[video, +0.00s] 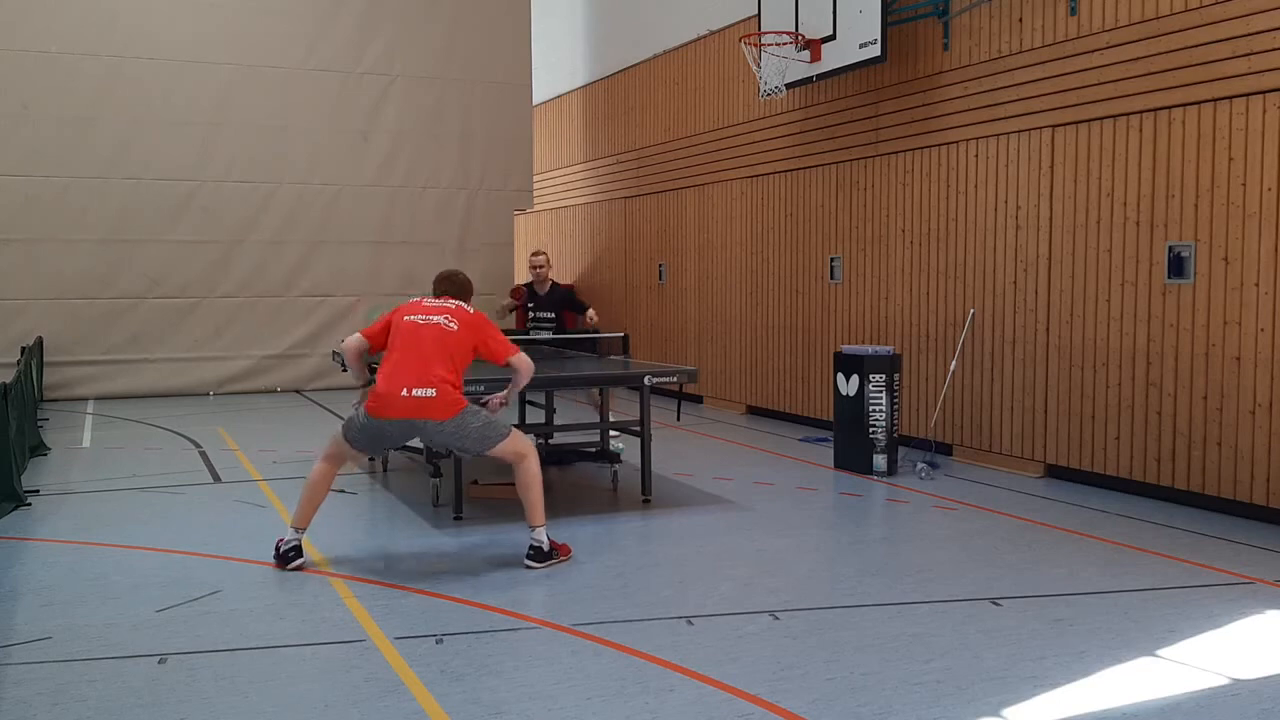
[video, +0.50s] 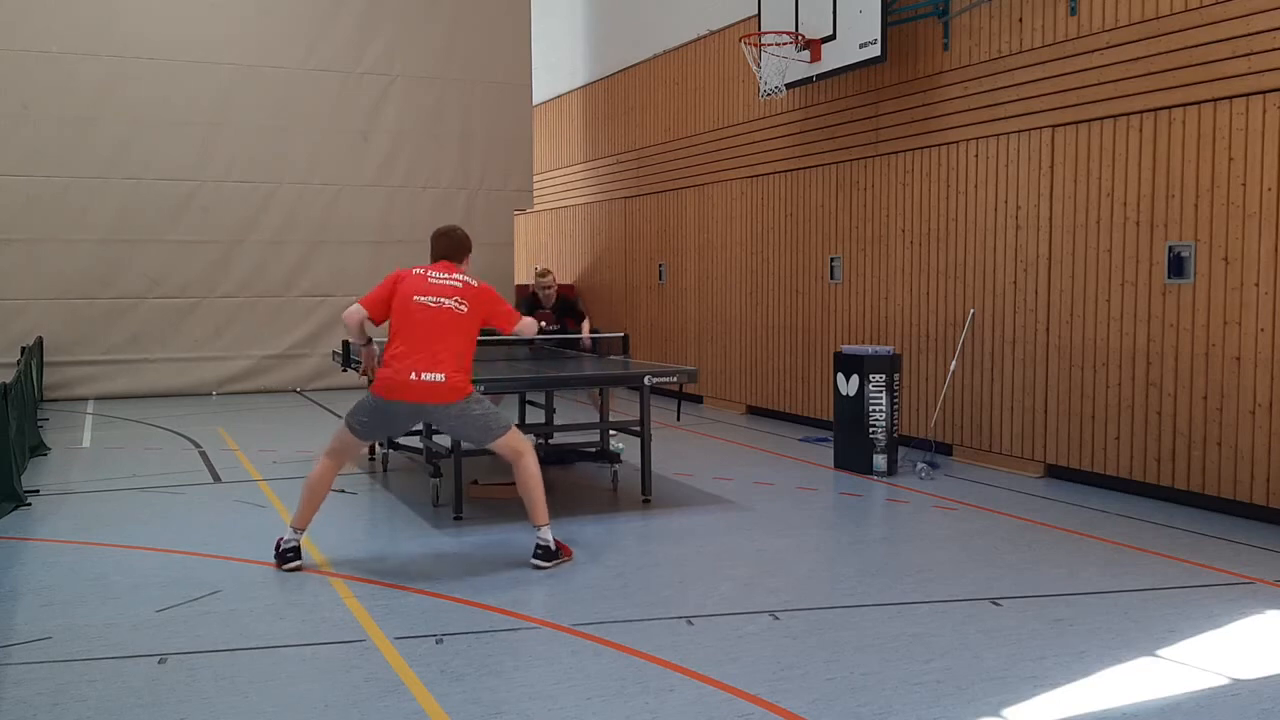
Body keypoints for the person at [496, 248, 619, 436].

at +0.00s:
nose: (537, 271)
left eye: (541, 267)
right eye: (533, 267)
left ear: (549, 268)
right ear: (529, 269)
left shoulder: (562, 292)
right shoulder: (523, 292)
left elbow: (586, 309)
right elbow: (500, 315)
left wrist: (590, 316)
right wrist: (508, 305)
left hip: (561, 351)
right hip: (531, 351)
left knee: (589, 382)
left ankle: (607, 424)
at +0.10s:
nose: (533, 273)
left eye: (537, 269)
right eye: (529, 269)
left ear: (545, 270)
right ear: (525, 272)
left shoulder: (561, 292)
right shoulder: (518, 292)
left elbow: (581, 310)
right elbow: (502, 313)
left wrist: (583, 321)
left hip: (557, 349)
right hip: (526, 348)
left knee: (587, 376)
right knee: (497, 366)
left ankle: (606, 421)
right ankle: (483, 416)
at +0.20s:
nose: (532, 279)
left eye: (536, 275)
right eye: (528, 275)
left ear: (544, 276)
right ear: (524, 278)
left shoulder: (558, 295)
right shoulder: (517, 298)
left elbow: (581, 310)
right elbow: (501, 311)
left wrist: (582, 326)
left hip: (561, 350)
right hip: (528, 351)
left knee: (590, 383)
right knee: (498, 379)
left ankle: (607, 428)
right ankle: (480, 420)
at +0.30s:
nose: (536, 289)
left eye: (539, 285)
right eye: (531, 286)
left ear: (545, 284)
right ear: (526, 286)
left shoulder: (559, 300)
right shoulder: (521, 302)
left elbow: (584, 316)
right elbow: (497, 323)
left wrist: (585, 334)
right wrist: (497, 336)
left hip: (564, 351)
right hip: (530, 351)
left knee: (591, 383)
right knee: (501, 378)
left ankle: (606, 422)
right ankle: (483, 419)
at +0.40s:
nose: (546, 297)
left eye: (548, 292)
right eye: (541, 293)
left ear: (551, 291)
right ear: (532, 294)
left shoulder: (560, 305)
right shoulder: (525, 311)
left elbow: (585, 321)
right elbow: (512, 336)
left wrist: (586, 337)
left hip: (568, 355)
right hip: (536, 356)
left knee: (594, 382)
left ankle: (606, 424)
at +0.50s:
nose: (547, 292)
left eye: (550, 287)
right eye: (543, 288)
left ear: (556, 285)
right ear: (535, 288)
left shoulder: (565, 301)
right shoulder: (528, 303)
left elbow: (584, 319)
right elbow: (520, 325)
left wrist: (585, 336)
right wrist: (534, 326)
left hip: (567, 351)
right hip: (536, 351)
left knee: (590, 383)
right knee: (505, 376)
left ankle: (606, 423)